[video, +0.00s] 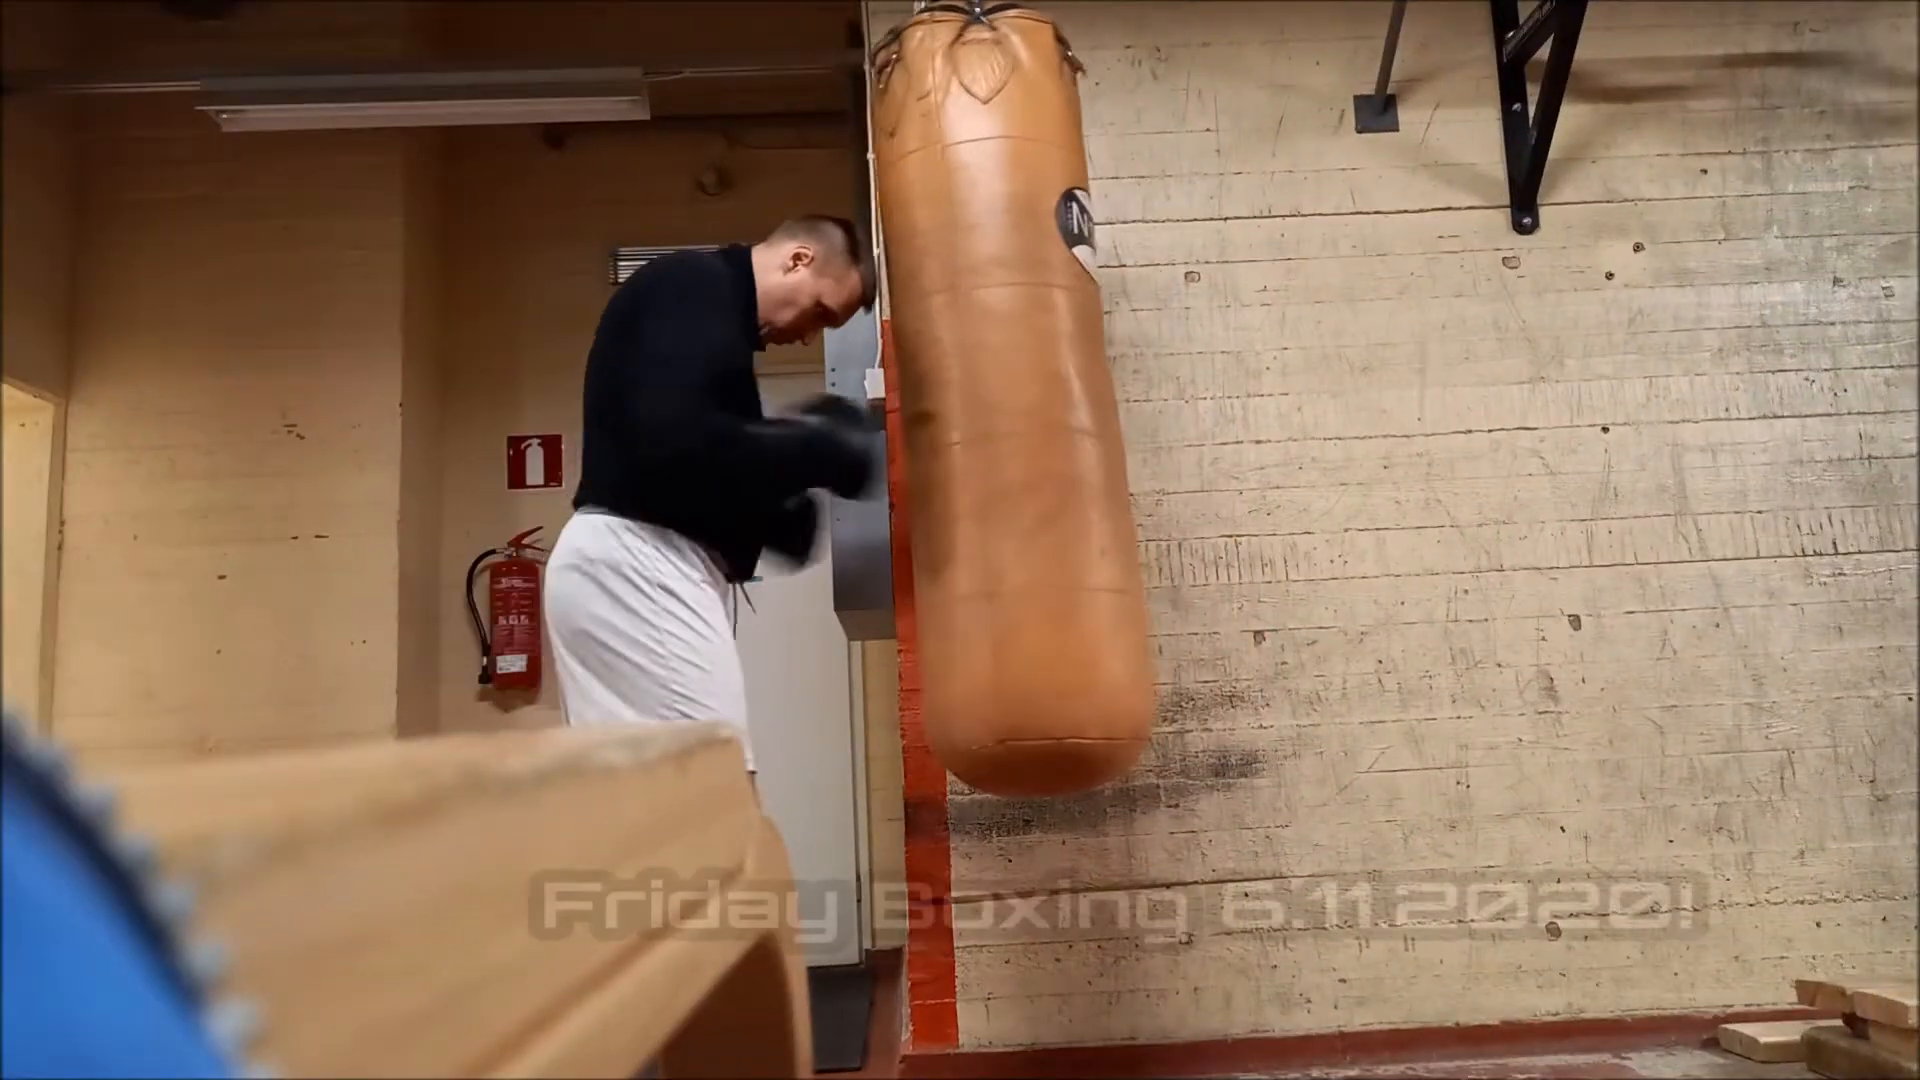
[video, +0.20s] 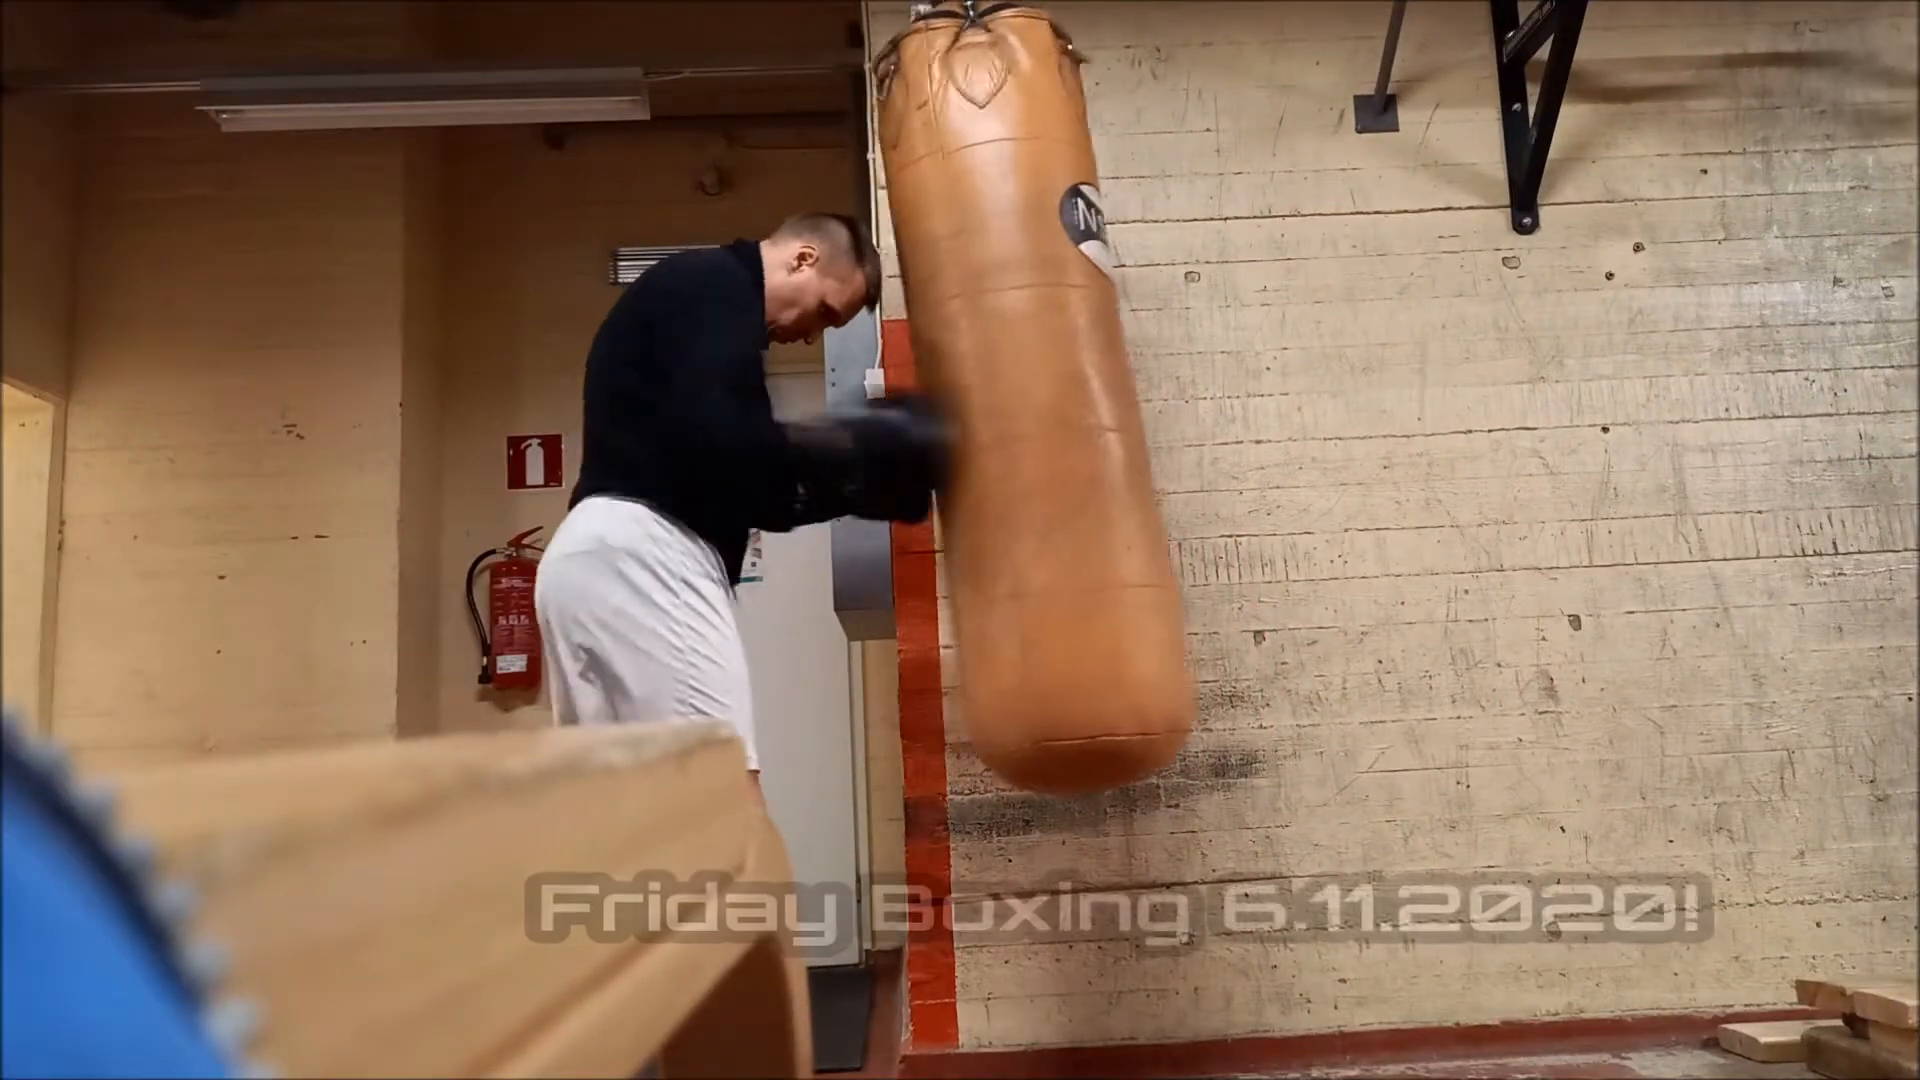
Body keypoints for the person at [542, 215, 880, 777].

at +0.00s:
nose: (809, 334)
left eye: (825, 324)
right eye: (820, 311)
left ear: (797, 260)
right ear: (797, 260)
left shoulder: (715, 320)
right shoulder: (692, 289)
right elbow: (674, 441)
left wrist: (777, 519)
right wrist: (821, 449)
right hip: (638, 566)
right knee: (711, 810)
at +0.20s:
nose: (810, 333)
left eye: (828, 324)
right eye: (824, 311)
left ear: (797, 259)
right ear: (801, 259)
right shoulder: (712, 285)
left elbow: (762, 499)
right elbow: (735, 450)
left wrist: (870, 481)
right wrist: (870, 444)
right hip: (640, 556)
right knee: (722, 805)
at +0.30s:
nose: (812, 329)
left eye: (828, 319)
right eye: (825, 307)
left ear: (801, 252)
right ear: (805, 256)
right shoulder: (721, 286)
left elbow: (753, 485)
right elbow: (777, 457)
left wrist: (875, 477)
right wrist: (897, 447)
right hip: (634, 558)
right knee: (714, 801)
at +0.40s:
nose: (810, 324)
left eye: (825, 315)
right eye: (821, 304)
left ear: (795, 249)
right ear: (799, 250)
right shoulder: (719, 284)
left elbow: (746, 476)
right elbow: (740, 446)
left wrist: (850, 491)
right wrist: (848, 471)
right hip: (630, 548)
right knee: (696, 806)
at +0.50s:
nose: (800, 325)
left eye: (817, 315)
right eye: (814, 302)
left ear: (788, 248)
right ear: (791, 250)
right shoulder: (716, 281)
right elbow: (696, 444)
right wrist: (802, 473)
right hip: (620, 548)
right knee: (688, 801)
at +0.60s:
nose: (782, 333)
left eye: (799, 323)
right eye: (797, 310)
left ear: (771, 259)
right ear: (773, 261)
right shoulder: (703, 285)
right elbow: (650, 423)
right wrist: (750, 473)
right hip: (612, 551)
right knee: (683, 800)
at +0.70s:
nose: (761, 344)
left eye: (777, 334)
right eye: (775, 322)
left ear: (751, 272)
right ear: (752, 274)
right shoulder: (688, 293)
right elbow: (637, 420)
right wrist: (723, 510)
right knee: (693, 788)